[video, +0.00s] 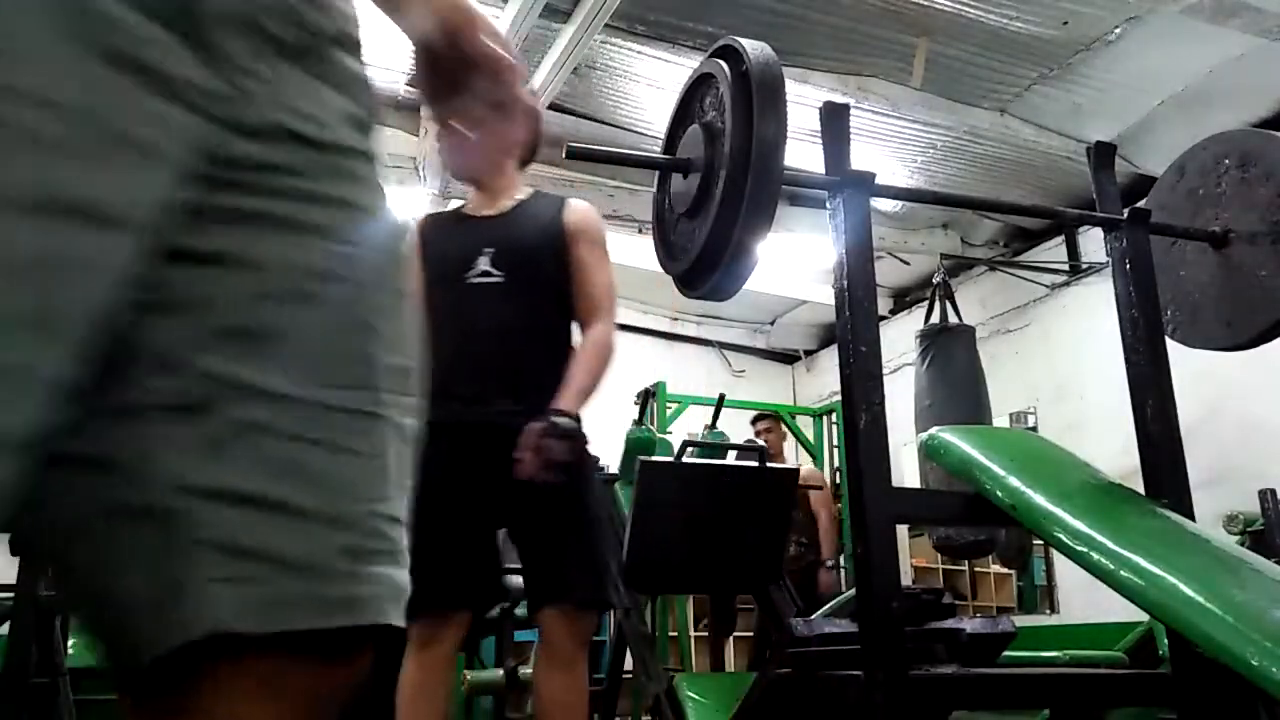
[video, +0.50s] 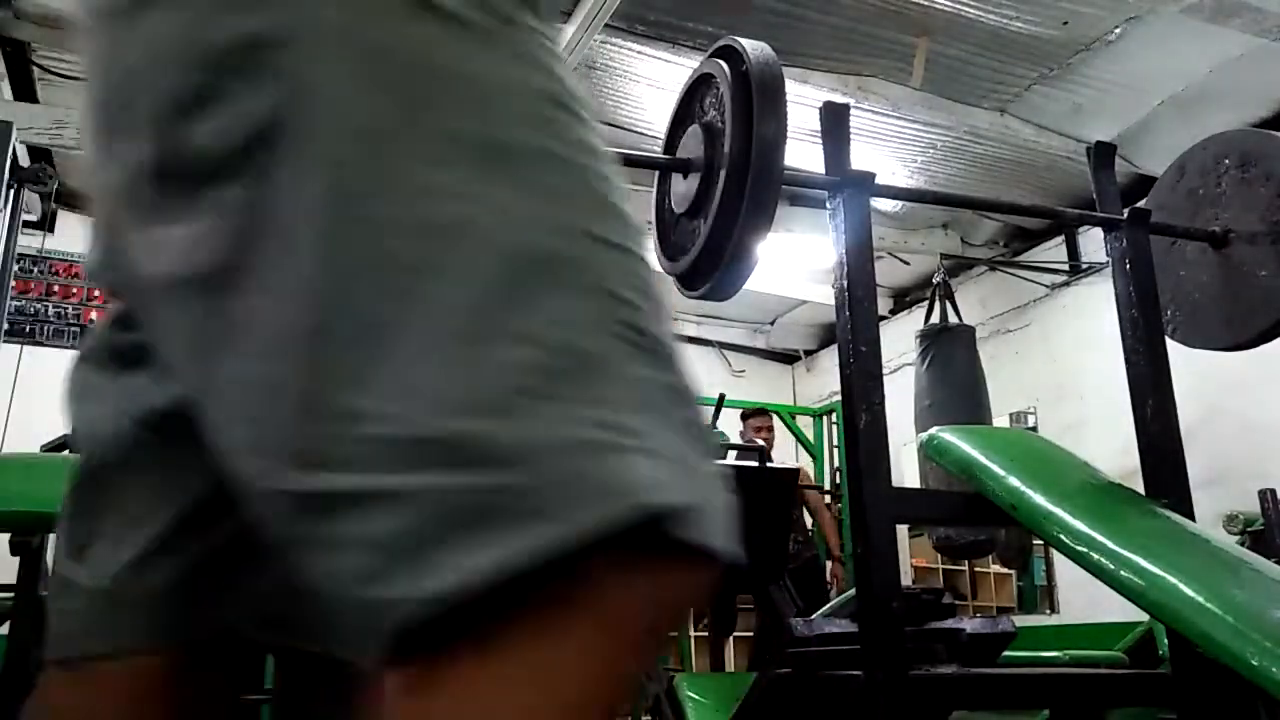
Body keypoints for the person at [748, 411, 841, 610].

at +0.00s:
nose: (764, 438)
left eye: (769, 431)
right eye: (758, 434)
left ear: (783, 435)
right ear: (755, 439)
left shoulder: (807, 476)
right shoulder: (754, 481)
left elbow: (825, 519)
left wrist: (829, 564)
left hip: (804, 566)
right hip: (768, 566)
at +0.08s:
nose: (759, 437)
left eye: (765, 431)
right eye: (753, 433)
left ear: (777, 435)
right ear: (748, 440)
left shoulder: (801, 475)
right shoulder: (745, 483)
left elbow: (829, 511)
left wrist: (835, 561)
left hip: (803, 570)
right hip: (764, 571)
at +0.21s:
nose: (757, 438)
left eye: (763, 431)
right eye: (750, 434)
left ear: (773, 436)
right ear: (742, 441)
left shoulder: (797, 475)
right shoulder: (737, 481)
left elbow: (828, 508)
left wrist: (837, 551)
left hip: (801, 570)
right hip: (760, 572)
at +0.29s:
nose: (758, 438)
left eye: (764, 431)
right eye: (750, 433)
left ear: (772, 435)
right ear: (741, 439)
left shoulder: (794, 473)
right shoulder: (734, 478)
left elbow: (824, 509)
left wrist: (836, 551)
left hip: (800, 566)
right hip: (757, 566)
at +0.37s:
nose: (761, 437)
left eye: (766, 430)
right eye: (753, 431)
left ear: (772, 434)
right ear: (740, 437)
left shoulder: (792, 473)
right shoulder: (732, 477)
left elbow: (822, 511)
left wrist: (836, 554)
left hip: (799, 565)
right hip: (754, 565)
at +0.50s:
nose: (764, 436)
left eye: (769, 430)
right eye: (757, 430)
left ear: (774, 434)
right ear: (743, 435)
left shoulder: (792, 474)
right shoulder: (731, 477)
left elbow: (821, 512)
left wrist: (836, 558)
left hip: (798, 567)